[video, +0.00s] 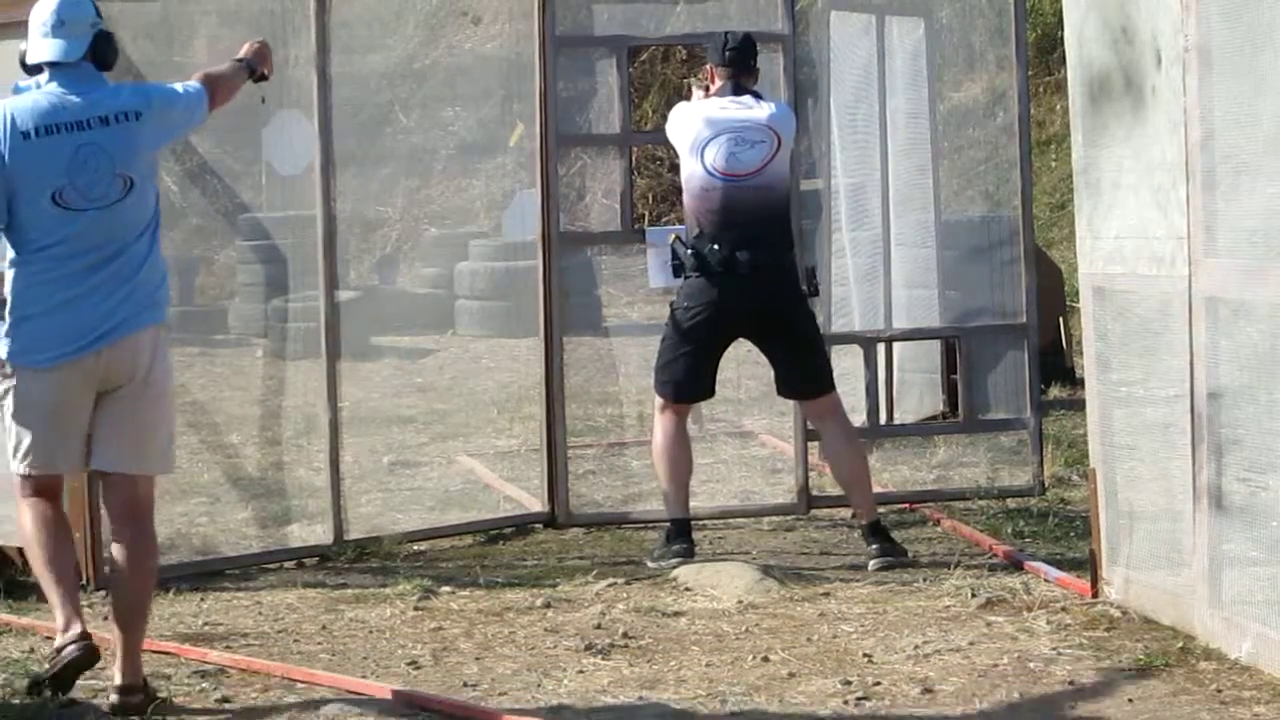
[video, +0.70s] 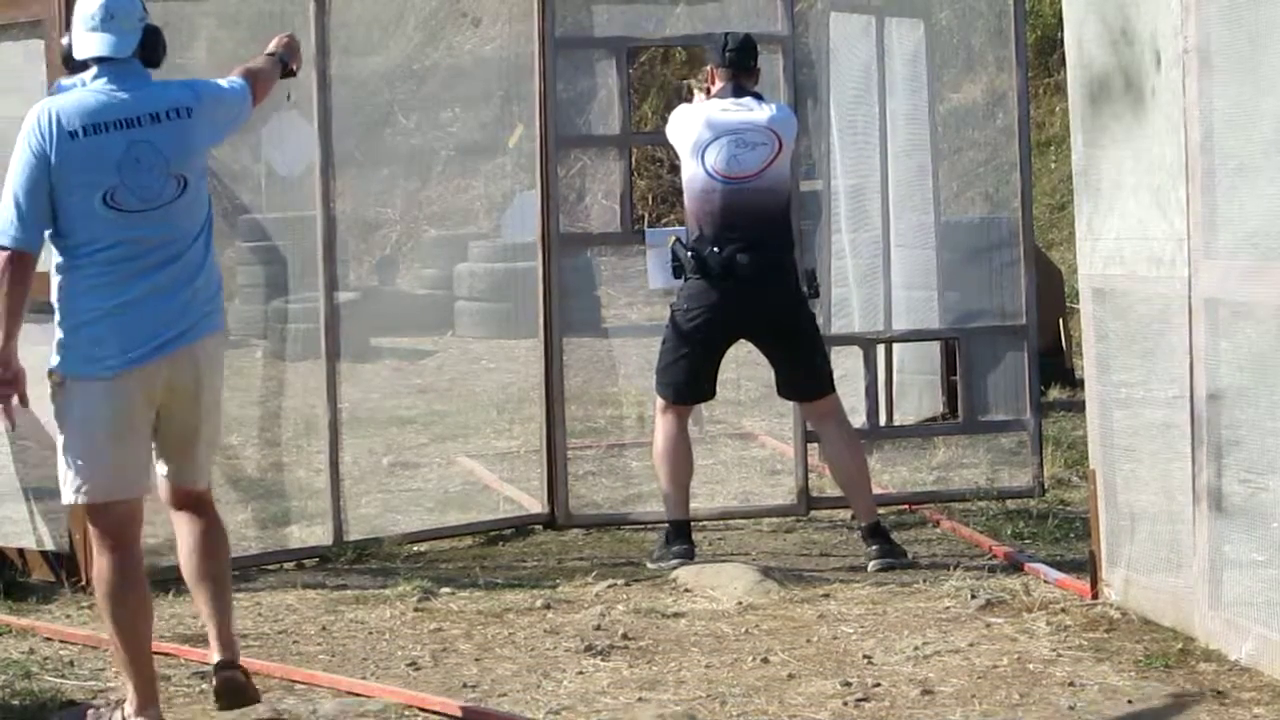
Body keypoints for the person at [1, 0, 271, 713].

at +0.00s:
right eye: (106, 48)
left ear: (33, 56)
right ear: (100, 51)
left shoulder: (8, 120)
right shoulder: (138, 108)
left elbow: (6, 227)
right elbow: (213, 89)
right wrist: (248, 62)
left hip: (41, 333)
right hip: (135, 325)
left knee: (38, 489)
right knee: (131, 506)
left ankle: (68, 629)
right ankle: (130, 677)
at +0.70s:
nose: (65, 52)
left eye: (68, 43)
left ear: (73, 51)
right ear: (146, 47)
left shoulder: (49, 120)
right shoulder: (191, 104)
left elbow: (17, 255)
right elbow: (250, 86)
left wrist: (6, 353)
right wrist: (277, 54)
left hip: (101, 352)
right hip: (195, 335)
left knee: (114, 535)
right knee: (192, 495)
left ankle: (142, 703)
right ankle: (225, 653)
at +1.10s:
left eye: (148, 55)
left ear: (147, 57)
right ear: (223, 50)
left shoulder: (130, 125)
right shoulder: (268, 107)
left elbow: (101, 262)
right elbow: (308, 79)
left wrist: (84, 364)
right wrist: (323, 45)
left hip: (168, 356)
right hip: (268, 344)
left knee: (149, 537)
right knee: (293, 532)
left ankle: (144, 704)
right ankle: (329, 702)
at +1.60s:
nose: (222, 59)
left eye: (225, 46)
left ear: (222, 47)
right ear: (296, 39)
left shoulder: (206, 111)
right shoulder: (341, 100)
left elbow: (176, 245)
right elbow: (368, 80)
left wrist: (153, 345)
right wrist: (378, 49)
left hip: (238, 349)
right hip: (338, 337)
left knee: (218, 523)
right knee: (329, 528)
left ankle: (250, 696)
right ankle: (338, 703)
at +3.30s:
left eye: (230, 52)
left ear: (235, 53)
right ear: (316, 42)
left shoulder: (219, 120)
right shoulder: (362, 99)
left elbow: (193, 263)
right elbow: (384, 60)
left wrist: (172, 369)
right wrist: (392, 28)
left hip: (263, 373)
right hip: (366, 356)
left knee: (262, 553)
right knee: (400, 535)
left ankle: (286, 711)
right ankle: (462, 697)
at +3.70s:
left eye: (322, 47)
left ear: (324, 52)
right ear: (403, 42)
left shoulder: (317, 123)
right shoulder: (453, 100)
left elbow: (299, 268)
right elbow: (462, 65)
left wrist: (280, 376)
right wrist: (462, 33)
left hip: (354, 367)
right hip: (455, 356)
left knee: (313, 545)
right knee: (461, 551)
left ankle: (298, 709)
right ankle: (476, 713)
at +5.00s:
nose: (378, 62)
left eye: (380, 48)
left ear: (387, 49)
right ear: (469, 41)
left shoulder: (366, 119)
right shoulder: (524, 101)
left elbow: (334, 269)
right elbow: (548, 69)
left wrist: (311, 383)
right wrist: (551, 32)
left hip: (409, 388)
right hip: (518, 375)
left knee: (400, 583)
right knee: (536, 565)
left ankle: (410, 714)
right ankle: (599, 710)